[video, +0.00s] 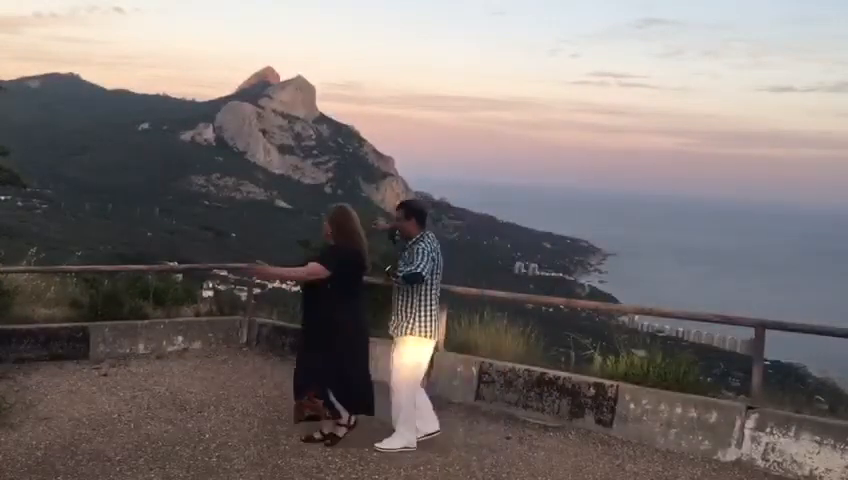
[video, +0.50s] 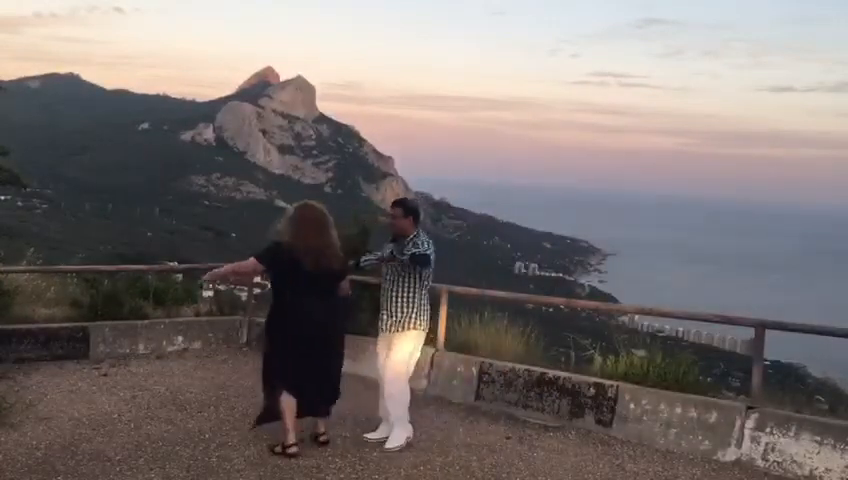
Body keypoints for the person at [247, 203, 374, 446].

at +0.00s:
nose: (324, 228)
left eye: (327, 223)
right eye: (325, 223)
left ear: (335, 227)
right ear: (350, 226)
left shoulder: (343, 254)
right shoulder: (342, 253)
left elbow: (309, 273)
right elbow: (311, 274)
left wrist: (271, 272)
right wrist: (275, 273)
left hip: (337, 330)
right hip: (328, 328)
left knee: (325, 375)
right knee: (318, 376)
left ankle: (345, 417)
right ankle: (327, 426)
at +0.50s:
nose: (284, 227)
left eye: (287, 222)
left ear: (291, 226)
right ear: (327, 228)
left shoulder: (281, 250)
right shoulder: (334, 257)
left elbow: (248, 267)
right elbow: (345, 291)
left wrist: (218, 273)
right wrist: (322, 285)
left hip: (288, 326)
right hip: (325, 328)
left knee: (286, 381)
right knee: (321, 377)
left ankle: (290, 441)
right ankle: (322, 431)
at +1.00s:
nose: (313, 223)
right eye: (311, 219)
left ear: (276, 220)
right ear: (308, 222)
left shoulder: (263, 250)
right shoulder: (318, 251)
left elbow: (234, 266)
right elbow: (338, 289)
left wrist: (222, 270)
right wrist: (363, 313)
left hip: (269, 330)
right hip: (306, 331)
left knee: (272, 381)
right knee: (298, 385)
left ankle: (271, 441)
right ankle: (289, 450)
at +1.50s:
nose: (292, 228)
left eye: (291, 222)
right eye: (290, 223)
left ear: (256, 220)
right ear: (282, 224)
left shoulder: (242, 251)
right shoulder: (282, 255)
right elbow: (302, 294)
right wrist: (331, 298)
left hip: (234, 333)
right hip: (267, 336)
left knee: (240, 390)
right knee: (273, 389)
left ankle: (233, 453)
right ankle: (262, 448)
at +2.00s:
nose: (287, 231)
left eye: (286, 225)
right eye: (285, 225)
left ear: (255, 223)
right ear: (275, 225)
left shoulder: (242, 253)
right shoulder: (273, 253)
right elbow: (294, 286)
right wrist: (319, 286)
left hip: (230, 339)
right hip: (262, 344)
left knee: (230, 398)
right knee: (263, 400)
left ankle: (234, 462)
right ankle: (260, 458)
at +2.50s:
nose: (306, 239)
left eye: (307, 233)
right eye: (305, 232)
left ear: (279, 226)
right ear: (295, 232)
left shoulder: (262, 257)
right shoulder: (280, 261)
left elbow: (261, 302)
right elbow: (289, 305)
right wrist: (325, 329)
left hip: (248, 339)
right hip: (269, 345)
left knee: (252, 397)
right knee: (284, 404)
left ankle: (243, 452)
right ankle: (262, 459)